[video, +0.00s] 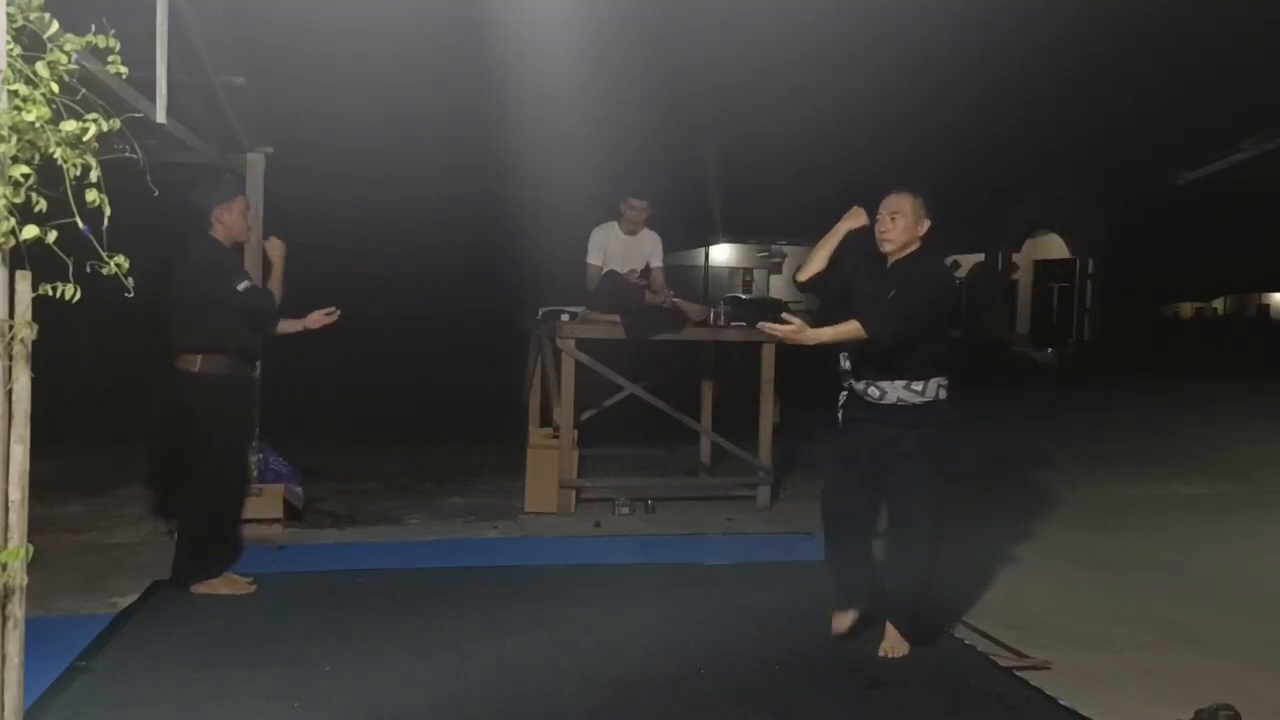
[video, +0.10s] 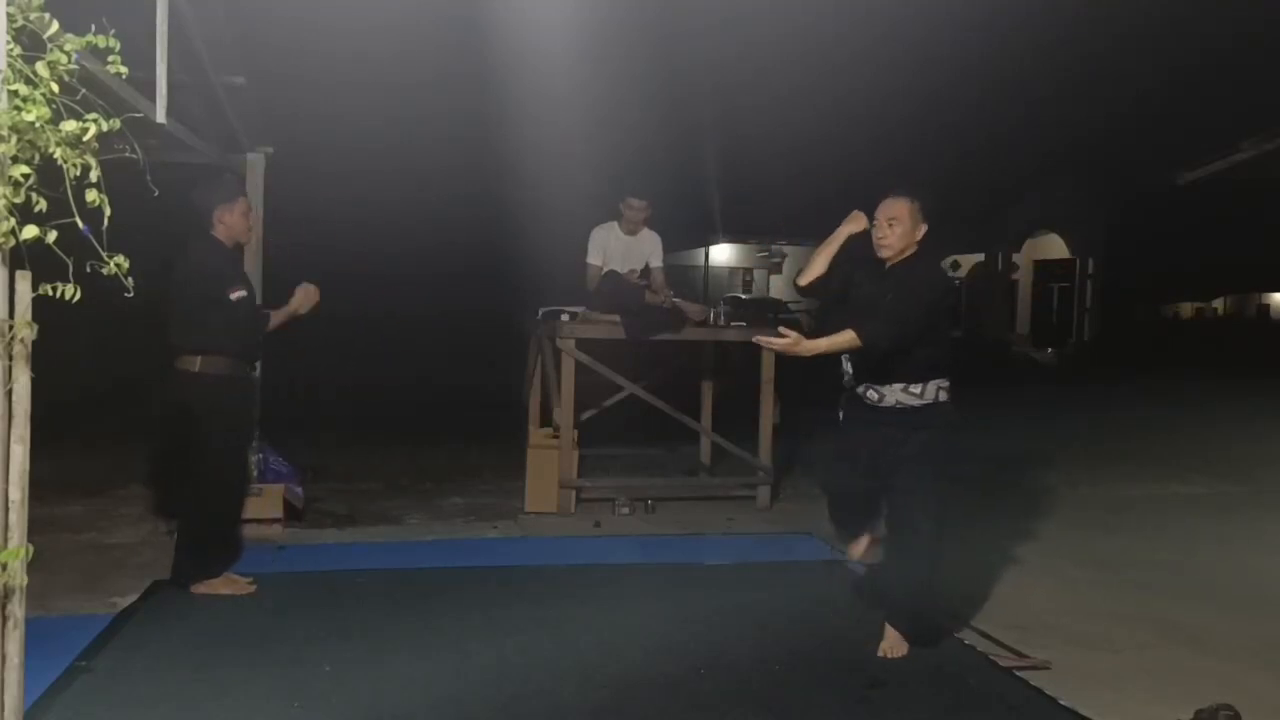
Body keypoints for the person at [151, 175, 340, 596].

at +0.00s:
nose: (251, 217)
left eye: (249, 209)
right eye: (244, 209)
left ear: (221, 215)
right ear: (221, 214)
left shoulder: (214, 257)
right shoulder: (209, 258)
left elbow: (250, 320)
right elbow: (264, 308)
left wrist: (303, 323)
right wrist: (277, 262)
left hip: (216, 377)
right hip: (209, 380)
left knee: (217, 473)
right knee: (215, 474)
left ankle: (205, 567)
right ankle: (203, 573)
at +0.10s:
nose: (251, 219)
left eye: (250, 211)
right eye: (245, 212)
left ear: (220, 216)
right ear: (221, 216)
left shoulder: (201, 255)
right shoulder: (216, 260)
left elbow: (234, 322)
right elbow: (247, 325)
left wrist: (277, 311)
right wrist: (293, 309)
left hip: (200, 377)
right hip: (214, 381)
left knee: (212, 472)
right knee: (217, 474)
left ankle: (202, 567)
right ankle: (204, 573)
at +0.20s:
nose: (255, 222)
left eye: (254, 214)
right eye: (248, 214)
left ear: (227, 219)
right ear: (225, 218)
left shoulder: (214, 257)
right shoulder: (216, 260)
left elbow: (232, 323)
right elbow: (238, 327)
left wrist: (275, 322)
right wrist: (287, 321)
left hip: (209, 379)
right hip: (212, 382)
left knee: (215, 474)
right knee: (217, 476)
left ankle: (208, 567)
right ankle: (204, 573)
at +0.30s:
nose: (262, 229)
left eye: (262, 221)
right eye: (257, 221)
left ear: (232, 223)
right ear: (232, 221)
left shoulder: (214, 257)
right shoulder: (219, 262)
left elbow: (225, 327)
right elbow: (238, 331)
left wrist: (272, 330)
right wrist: (286, 330)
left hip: (205, 378)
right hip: (212, 382)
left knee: (214, 475)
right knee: (215, 477)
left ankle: (206, 568)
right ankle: (202, 574)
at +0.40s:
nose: (266, 235)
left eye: (266, 227)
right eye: (262, 226)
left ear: (238, 225)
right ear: (236, 223)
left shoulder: (217, 258)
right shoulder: (221, 263)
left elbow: (230, 329)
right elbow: (239, 333)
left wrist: (272, 331)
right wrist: (285, 332)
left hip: (207, 380)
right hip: (210, 384)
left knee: (216, 475)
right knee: (215, 477)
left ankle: (209, 568)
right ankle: (202, 574)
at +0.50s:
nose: (271, 245)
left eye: (272, 236)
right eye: (268, 235)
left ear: (244, 229)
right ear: (244, 228)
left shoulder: (214, 259)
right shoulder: (224, 266)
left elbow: (234, 336)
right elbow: (242, 337)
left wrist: (283, 344)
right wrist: (287, 326)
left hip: (200, 378)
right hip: (210, 383)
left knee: (212, 472)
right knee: (220, 475)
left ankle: (207, 567)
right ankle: (206, 573)